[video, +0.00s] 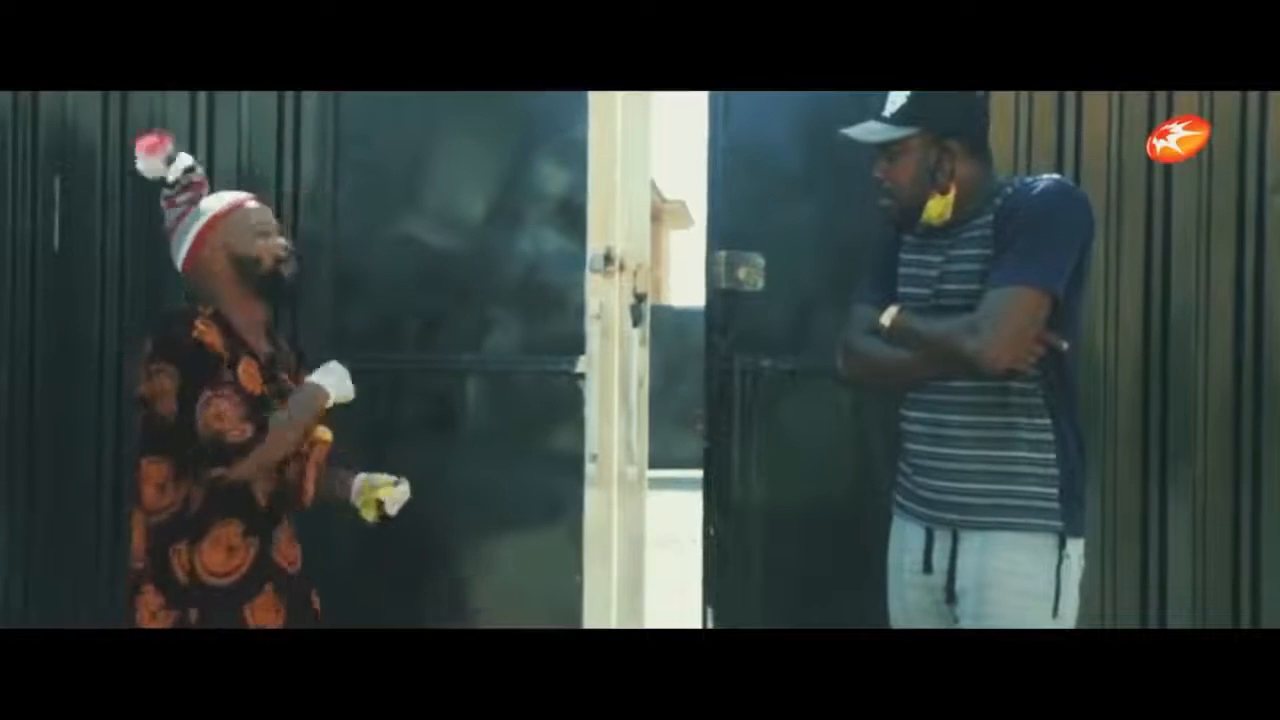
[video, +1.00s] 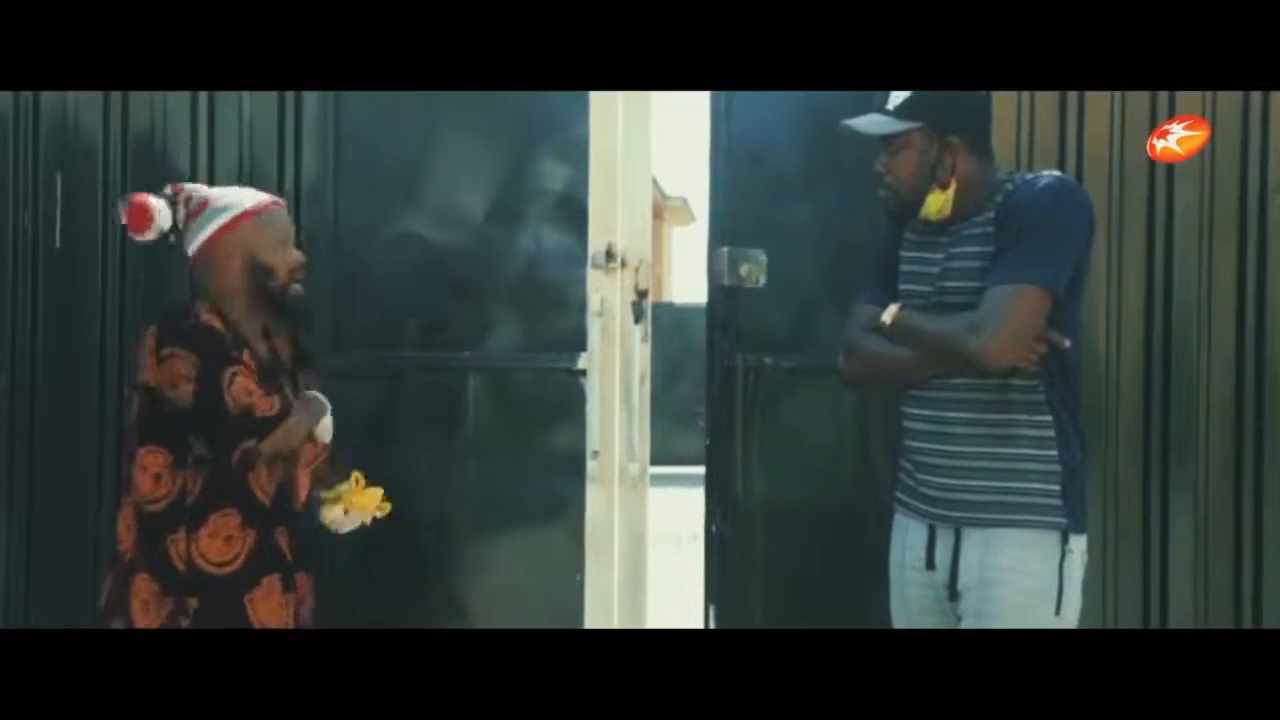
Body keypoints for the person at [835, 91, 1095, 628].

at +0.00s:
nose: (877, 174)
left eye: (893, 155)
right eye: (878, 156)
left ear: (950, 157)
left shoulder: (1047, 204)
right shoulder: (901, 228)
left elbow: (994, 348)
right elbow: (853, 358)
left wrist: (895, 321)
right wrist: (979, 344)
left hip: (1020, 527)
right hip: (917, 516)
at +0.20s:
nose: (877, 174)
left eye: (893, 155)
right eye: (878, 156)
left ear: (950, 158)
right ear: (941, 162)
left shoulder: (1047, 203)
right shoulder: (901, 229)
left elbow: (994, 348)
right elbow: (853, 360)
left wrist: (895, 321)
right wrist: (979, 343)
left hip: (1020, 527)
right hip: (917, 516)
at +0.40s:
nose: (878, 172)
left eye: (894, 153)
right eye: (878, 154)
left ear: (952, 154)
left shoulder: (1047, 203)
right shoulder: (901, 227)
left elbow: (995, 348)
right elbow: (853, 359)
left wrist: (896, 321)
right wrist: (980, 343)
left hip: (1021, 527)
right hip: (917, 516)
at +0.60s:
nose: (879, 170)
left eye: (895, 151)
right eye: (879, 152)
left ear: (952, 151)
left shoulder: (1048, 202)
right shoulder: (902, 225)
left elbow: (996, 347)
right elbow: (854, 359)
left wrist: (895, 320)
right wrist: (980, 343)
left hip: (1021, 526)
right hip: (918, 514)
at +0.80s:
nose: (878, 170)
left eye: (894, 150)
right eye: (879, 152)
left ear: (951, 152)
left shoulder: (1048, 201)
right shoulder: (904, 226)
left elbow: (996, 347)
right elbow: (854, 360)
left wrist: (894, 319)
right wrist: (981, 343)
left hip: (1021, 526)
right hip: (917, 515)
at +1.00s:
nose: (878, 169)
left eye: (894, 149)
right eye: (879, 151)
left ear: (950, 150)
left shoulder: (1047, 200)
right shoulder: (904, 226)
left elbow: (995, 346)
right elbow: (854, 359)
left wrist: (894, 318)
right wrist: (982, 342)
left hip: (1022, 523)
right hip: (918, 514)